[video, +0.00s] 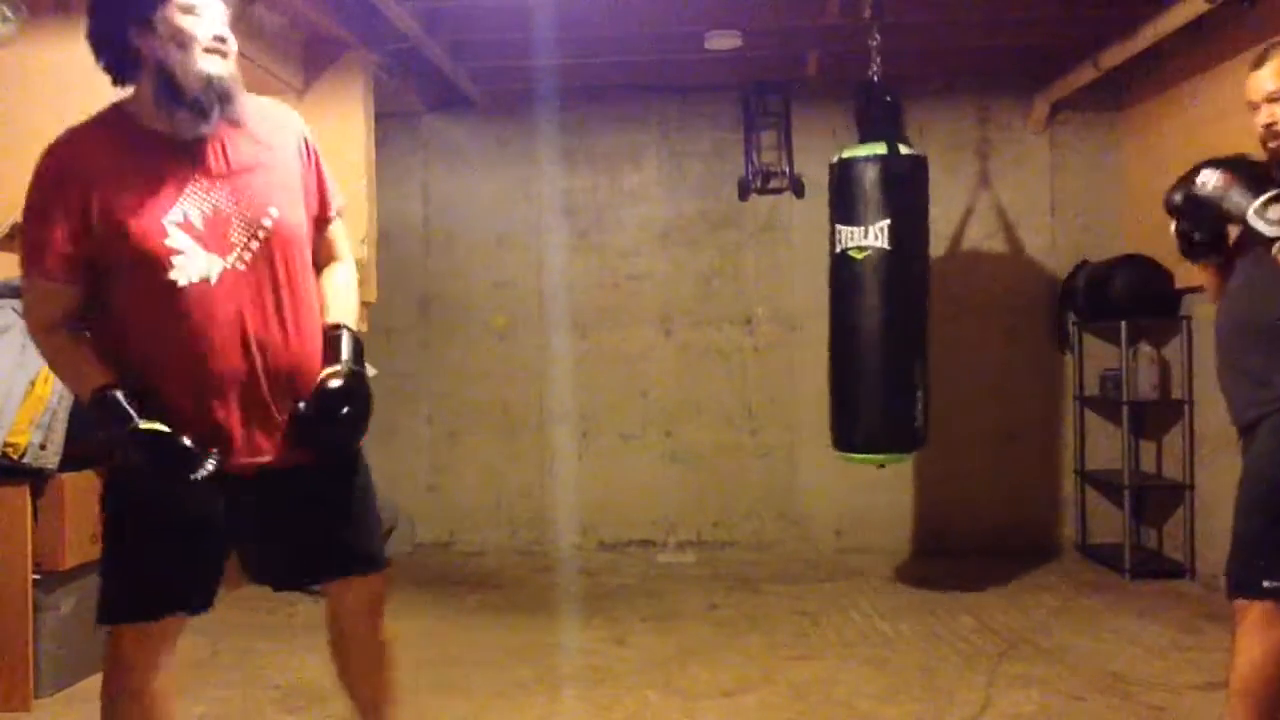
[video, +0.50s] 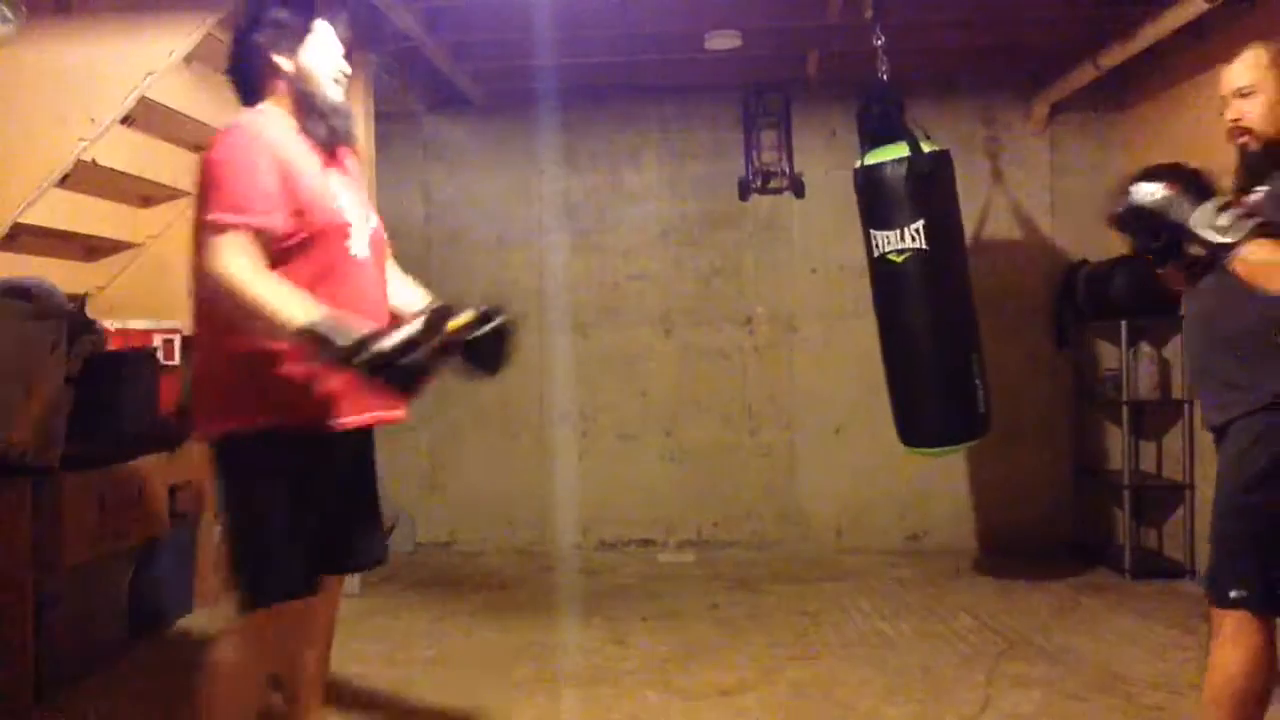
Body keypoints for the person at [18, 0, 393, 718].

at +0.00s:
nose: (224, 32)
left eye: (226, 17)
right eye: (194, 12)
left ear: (237, 36)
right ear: (137, 35)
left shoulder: (283, 129)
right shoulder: (78, 163)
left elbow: (332, 255)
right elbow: (51, 319)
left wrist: (344, 358)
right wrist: (126, 426)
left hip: (307, 442)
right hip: (168, 456)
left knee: (362, 586)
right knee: (142, 644)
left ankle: (379, 713)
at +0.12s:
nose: (242, 36)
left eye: (241, 20)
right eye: (212, 15)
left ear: (251, 41)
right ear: (156, 40)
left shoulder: (295, 142)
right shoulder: (100, 162)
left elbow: (333, 262)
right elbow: (58, 313)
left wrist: (335, 361)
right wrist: (129, 414)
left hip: (296, 437)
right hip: (169, 446)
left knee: (338, 585)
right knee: (153, 633)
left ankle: (323, 715)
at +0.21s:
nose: (267, 38)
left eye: (266, 21)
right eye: (243, 18)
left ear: (272, 40)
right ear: (187, 40)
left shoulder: (309, 148)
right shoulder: (130, 157)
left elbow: (341, 268)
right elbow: (74, 305)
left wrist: (341, 356)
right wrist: (151, 404)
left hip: (299, 434)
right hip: (185, 441)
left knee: (326, 583)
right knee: (170, 626)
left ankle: (308, 716)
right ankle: (140, 710)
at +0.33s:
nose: (311, 49)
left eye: (306, 35)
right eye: (290, 30)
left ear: (253, 51)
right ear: (236, 49)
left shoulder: (327, 157)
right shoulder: (192, 150)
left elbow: (351, 270)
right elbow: (122, 292)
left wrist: (373, 348)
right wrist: (213, 386)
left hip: (321, 442)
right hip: (216, 444)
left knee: (322, 592)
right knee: (191, 634)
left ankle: (306, 717)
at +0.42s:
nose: (332, 58)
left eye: (328, 44)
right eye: (315, 42)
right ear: (263, 56)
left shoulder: (329, 155)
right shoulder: (222, 149)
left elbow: (352, 266)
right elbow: (178, 284)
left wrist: (401, 336)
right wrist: (271, 369)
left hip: (334, 427)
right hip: (239, 433)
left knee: (326, 589)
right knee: (223, 618)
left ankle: (307, 716)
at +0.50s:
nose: (345, 62)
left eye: (342, 47)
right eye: (328, 45)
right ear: (278, 55)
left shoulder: (337, 152)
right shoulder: (246, 138)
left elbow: (374, 267)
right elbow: (226, 264)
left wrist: (437, 320)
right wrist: (336, 329)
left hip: (334, 412)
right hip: (267, 415)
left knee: (322, 588)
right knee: (274, 608)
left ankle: (305, 711)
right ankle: (231, 711)